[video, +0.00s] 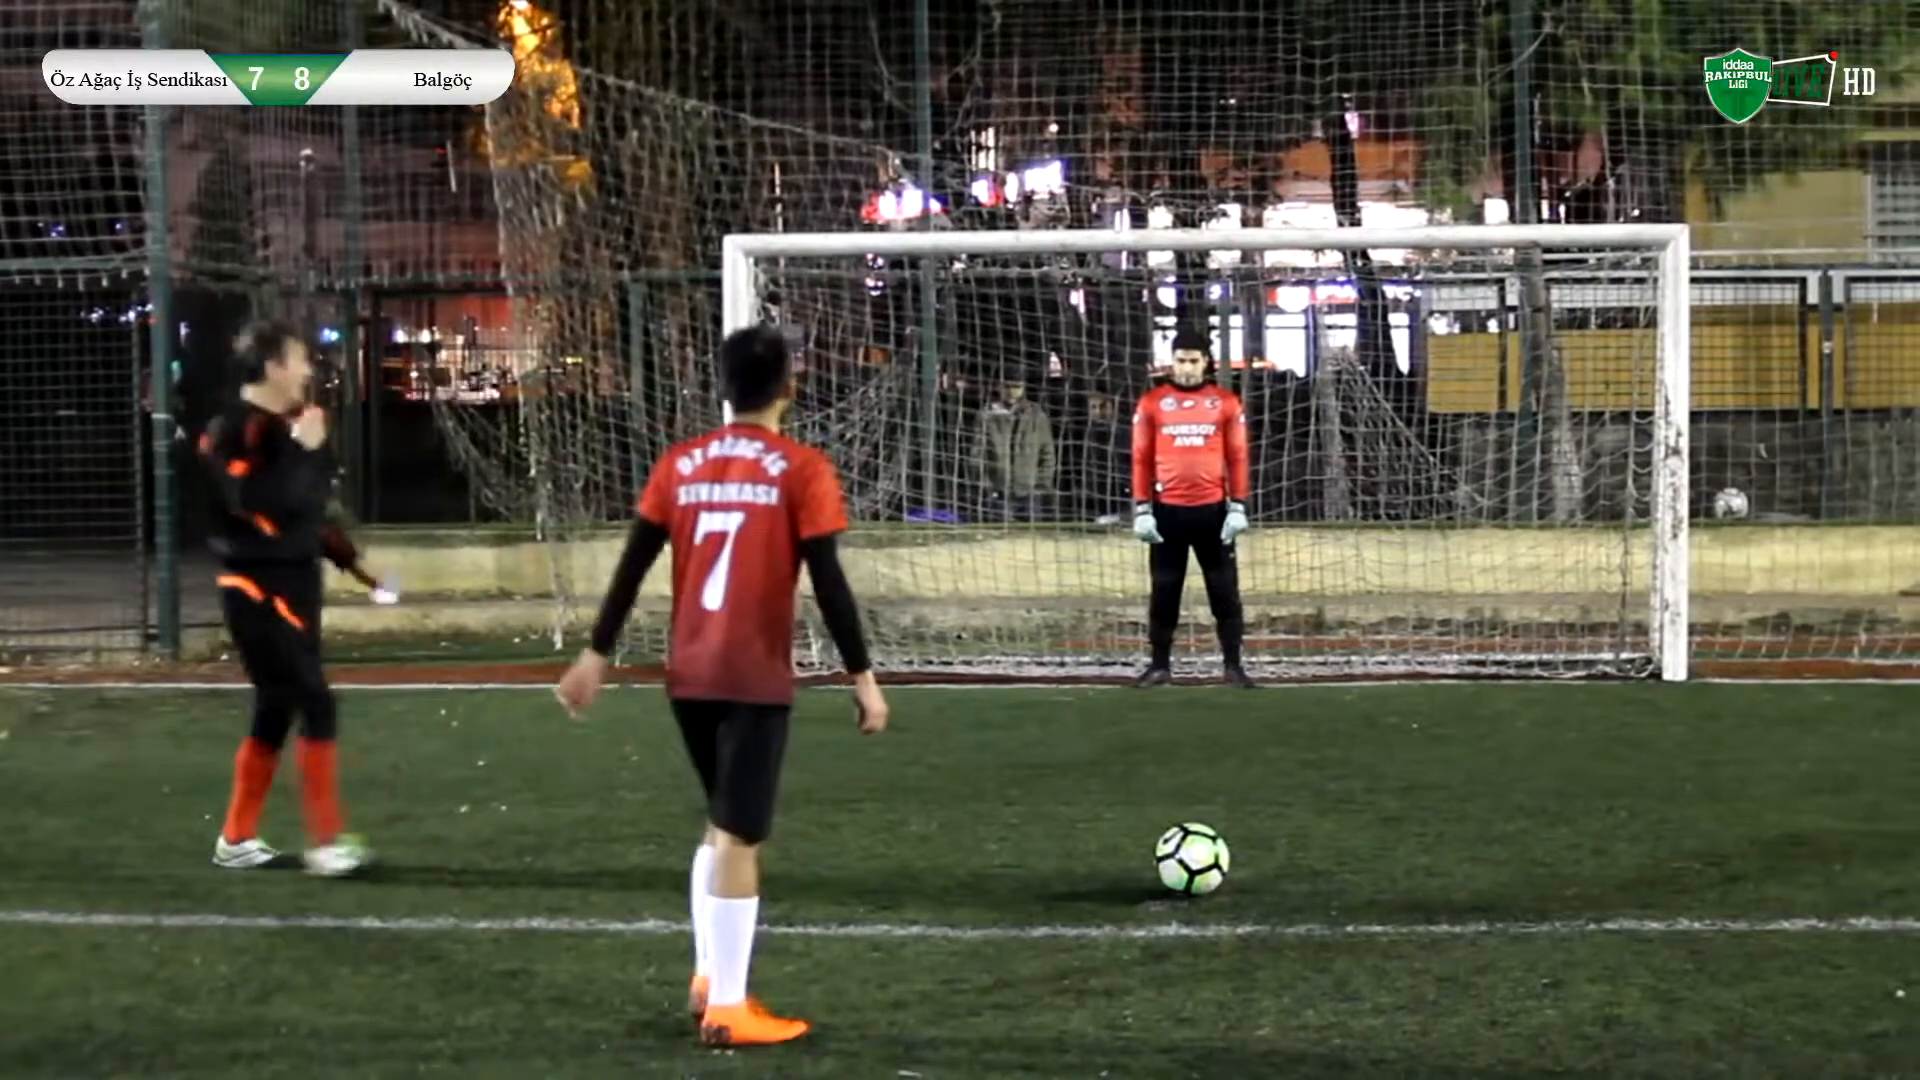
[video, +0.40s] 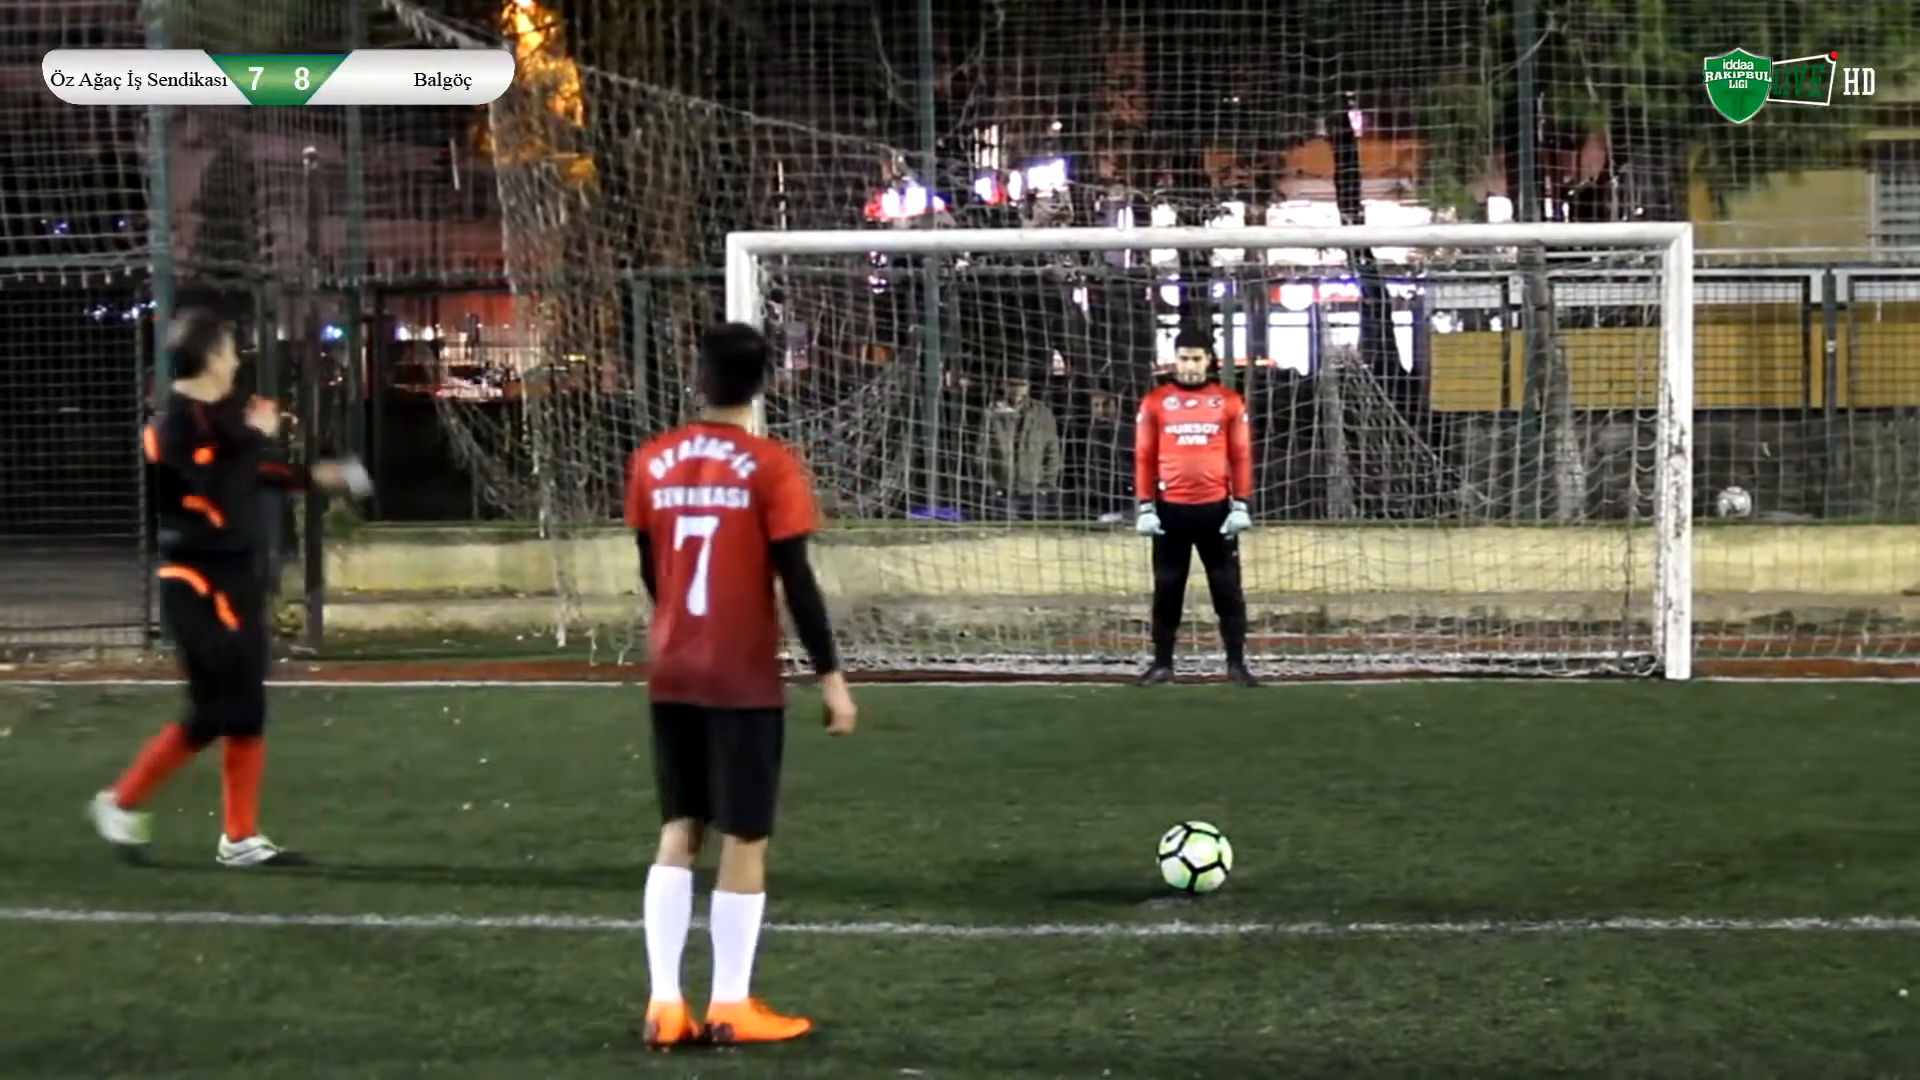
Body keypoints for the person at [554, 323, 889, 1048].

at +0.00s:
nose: (799, 382)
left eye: (789, 371)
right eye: (797, 374)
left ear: (725, 386)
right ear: (788, 385)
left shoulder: (678, 462)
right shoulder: (803, 468)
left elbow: (632, 564)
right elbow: (827, 581)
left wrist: (597, 651)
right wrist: (862, 674)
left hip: (688, 676)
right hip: (756, 678)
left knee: (724, 820)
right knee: (739, 837)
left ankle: (707, 975)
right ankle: (728, 1004)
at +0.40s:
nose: (747, 386)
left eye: (718, 371)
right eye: (760, 377)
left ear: (701, 379)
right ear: (763, 384)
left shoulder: (651, 458)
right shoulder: (773, 464)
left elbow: (651, 572)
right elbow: (797, 579)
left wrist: (683, 628)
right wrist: (830, 675)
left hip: (671, 676)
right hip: (745, 680)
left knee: (680, 824)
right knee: (745, 839)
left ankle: (664, 999)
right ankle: (729, 1001)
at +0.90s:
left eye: (688, 372)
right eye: (733, 380)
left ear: (676, 381)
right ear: (739, 386)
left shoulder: (627, 458)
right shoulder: (750, 465)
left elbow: (633, 566)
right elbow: (751, 581)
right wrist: (771, 680)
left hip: (650, 679)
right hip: (727, 680)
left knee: (661, 828)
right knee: (760, 819)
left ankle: (664, 1002)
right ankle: (763, 985)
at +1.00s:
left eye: (697, 371)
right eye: (735, 379)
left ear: (677, 380)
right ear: (740, 385)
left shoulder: (628, 457)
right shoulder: (749, 465)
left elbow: (628, 571)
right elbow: (750, 582)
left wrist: (692, 592)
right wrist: (771, 680)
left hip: (650, 678)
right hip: (728, 679)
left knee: (661, 830)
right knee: (756, 825)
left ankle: (665, 1001)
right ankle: (768, 986)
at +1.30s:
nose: (729, 387)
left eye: (691, 372)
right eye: (738, 378)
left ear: (677, 380)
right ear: (741, 385)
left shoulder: (627, 459)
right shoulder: (747, 464)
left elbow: (617, 576)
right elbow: (752, 574)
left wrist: (611, 659)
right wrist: (776, 674)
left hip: (648, 677)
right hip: (727, 679)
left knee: (660, 828)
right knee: (751, 826)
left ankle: (663, 999)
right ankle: (764, 986)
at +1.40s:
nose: (738, 391)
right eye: (741, 380)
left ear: (675, 383)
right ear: (741, 387)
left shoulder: (628, 460)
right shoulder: (746, 464)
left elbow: (606, 571)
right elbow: (751, 571)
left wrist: (592, 661)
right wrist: (777, 672)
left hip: (649, 679)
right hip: (727, 679)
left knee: (659, 829)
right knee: (750, 828)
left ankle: (663, 1001)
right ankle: (764, 987)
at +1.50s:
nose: (744, 394)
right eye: (749, 384)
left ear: (679, 385)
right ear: (744, 389)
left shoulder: (631, 461)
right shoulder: (748, 465)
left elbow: (594, 567)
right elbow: (752, 572)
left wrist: (574, 661)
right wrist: (779, 674)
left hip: (650, 681)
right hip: (729, 681)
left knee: (660, 830)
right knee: (752, 830)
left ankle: (663, 1003)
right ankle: (764, 988)